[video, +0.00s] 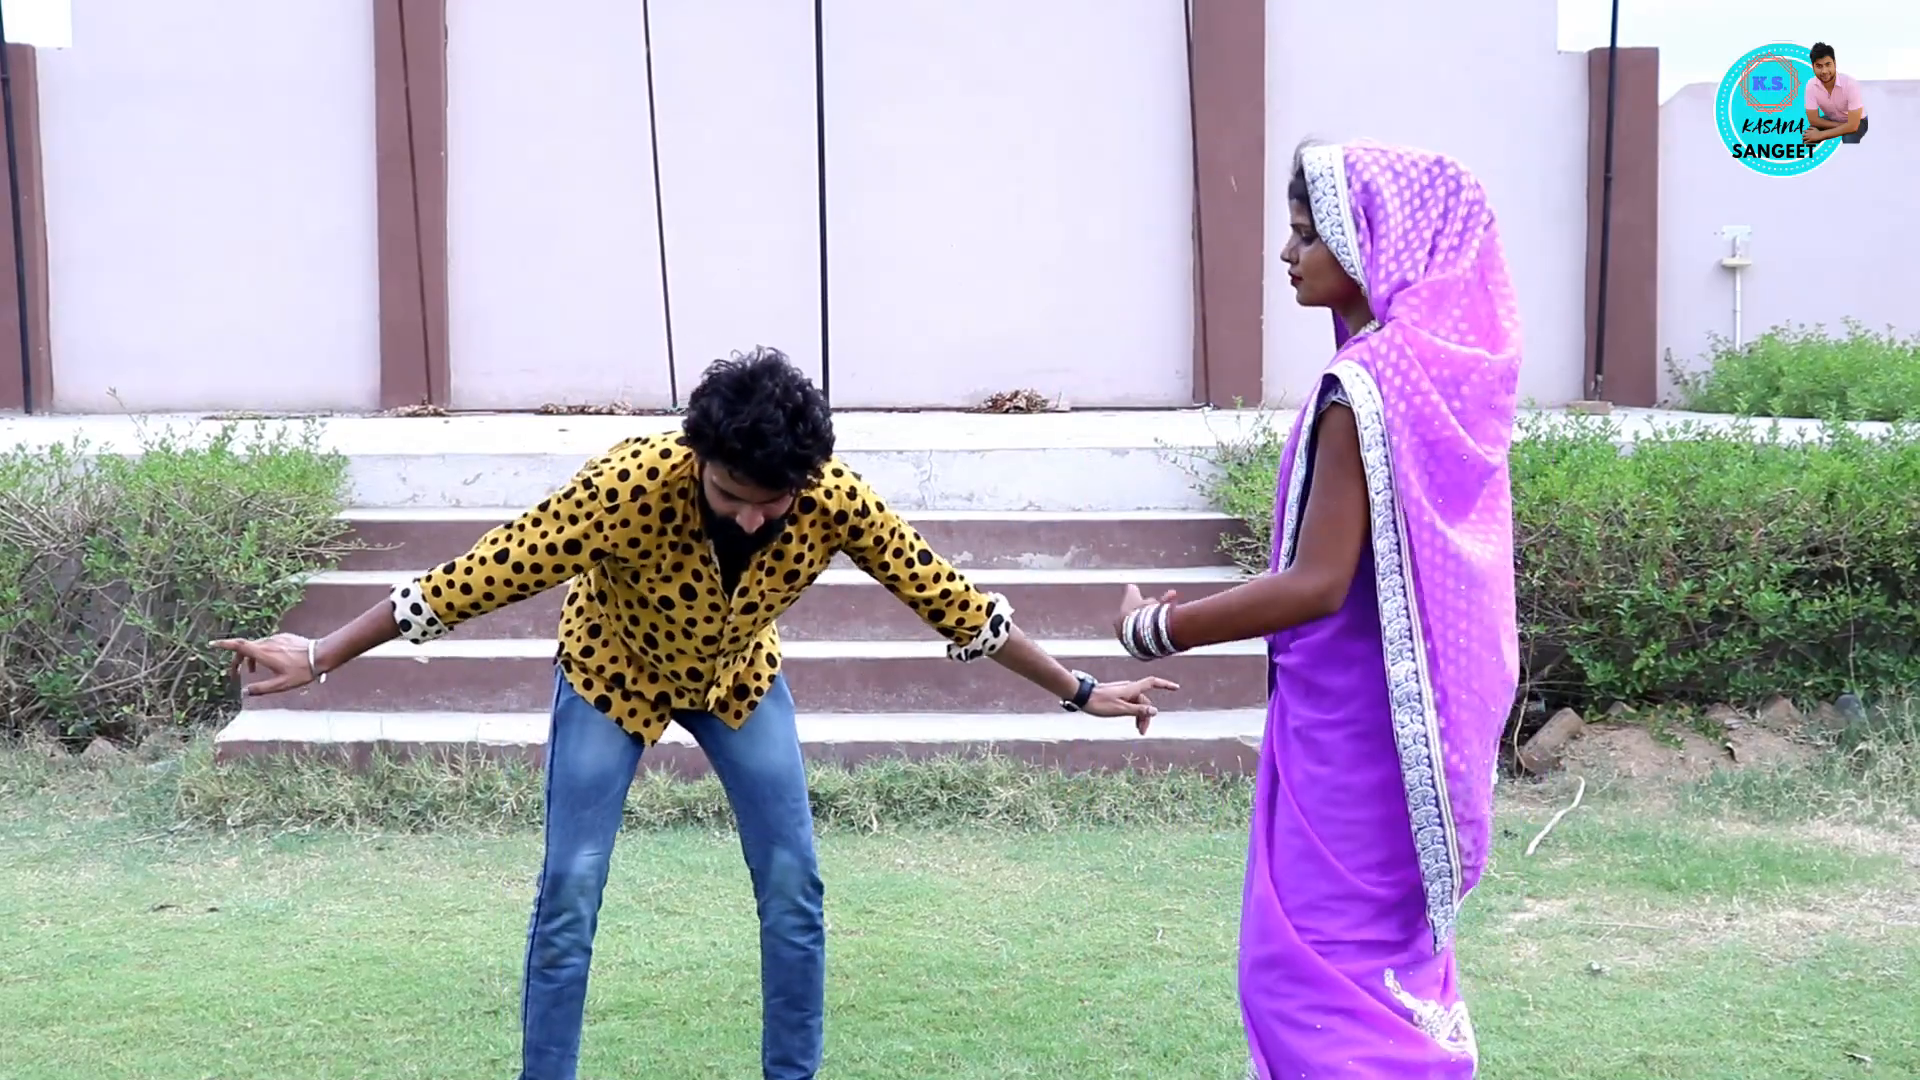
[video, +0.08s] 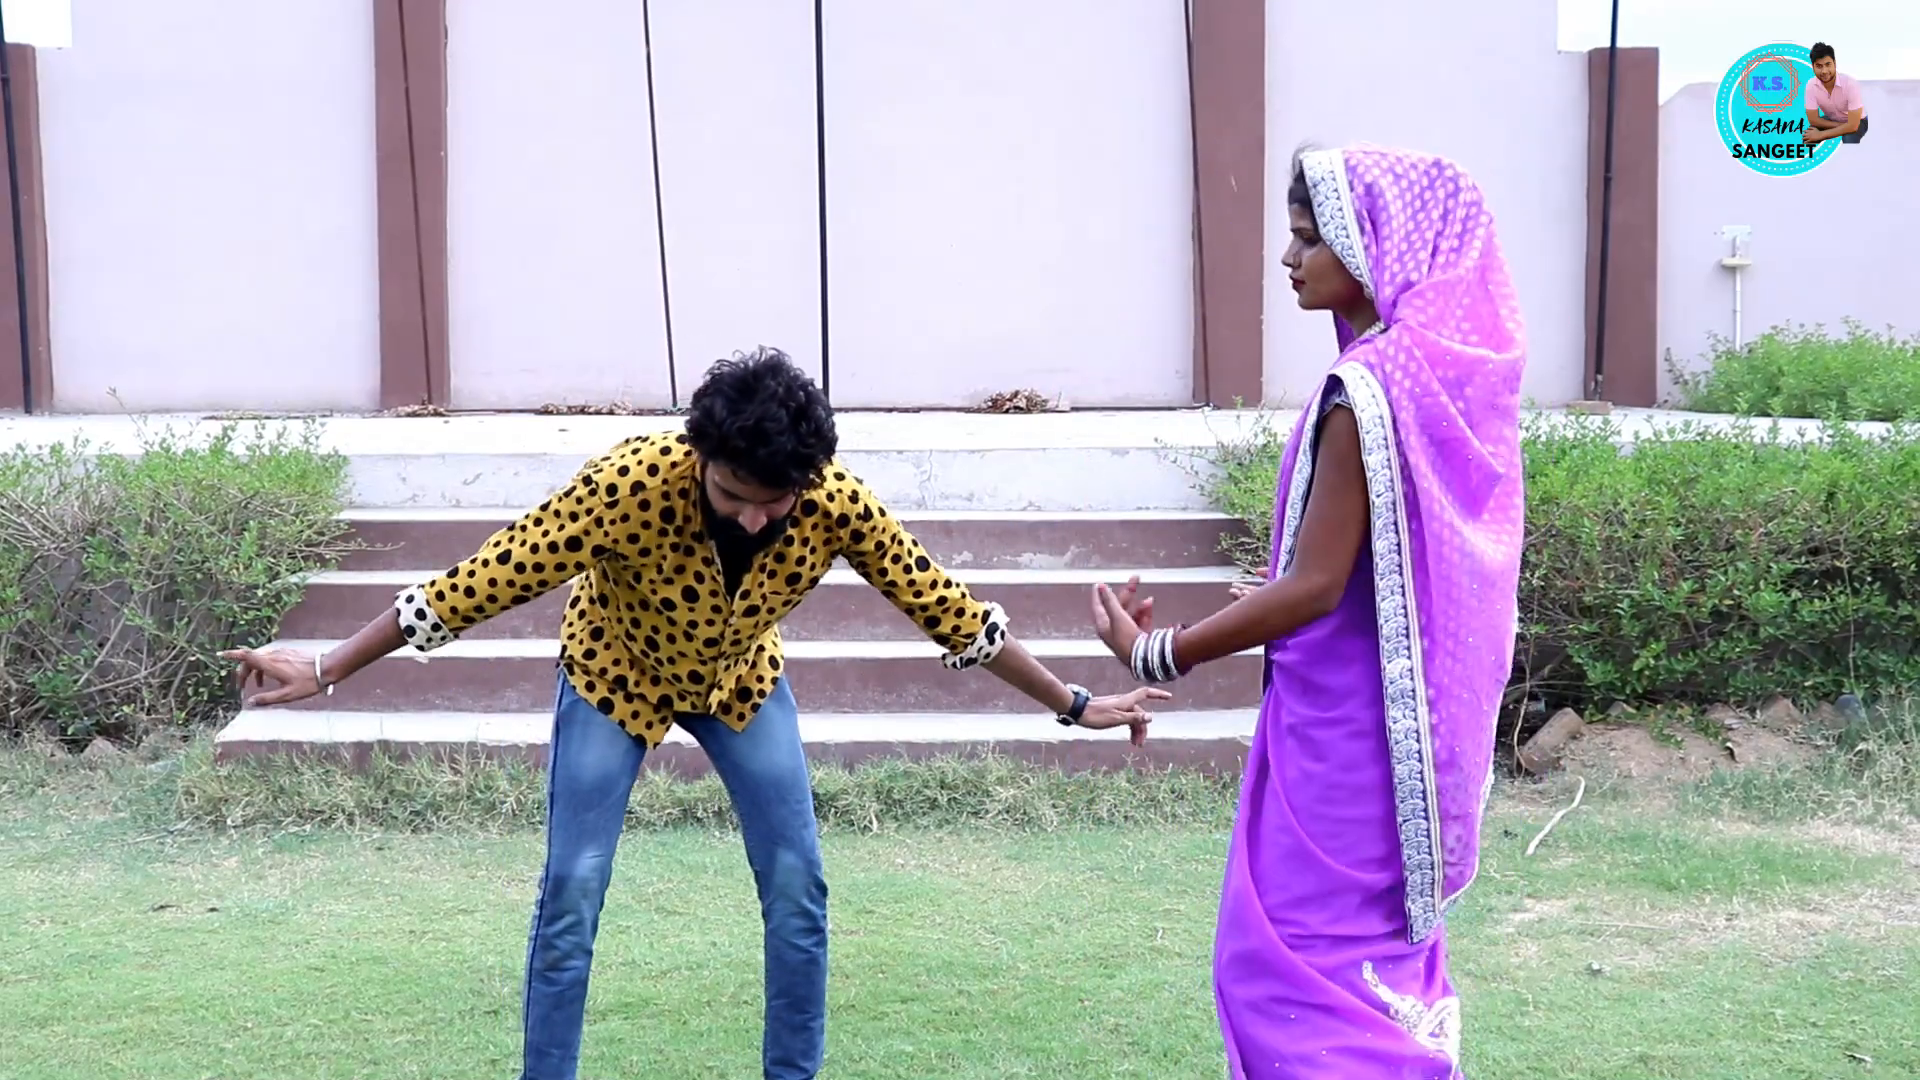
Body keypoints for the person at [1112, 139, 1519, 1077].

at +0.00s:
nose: (1288, 253)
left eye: (1306, 233)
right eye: (1292, 231)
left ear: (1371, 246)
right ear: (1381, 249)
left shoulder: (1359, 386)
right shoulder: (1450, 368)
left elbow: (1319, 583)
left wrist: (1174, 623)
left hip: (1348, 723)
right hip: (1420, 714)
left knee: (1297, 972)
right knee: (1394, 954)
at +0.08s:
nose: (1289, 258)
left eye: (1306, 238)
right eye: (1292, 236)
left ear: (1374, 249)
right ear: (1382, 252)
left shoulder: (1364, 388)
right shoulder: (1447, 371)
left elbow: (1315, 586)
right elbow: (1415, 570)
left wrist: (1166, 653)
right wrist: (1284, 593)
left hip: (1339, 731)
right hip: (1411, 724)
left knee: (1274, 969)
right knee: (1386, 954)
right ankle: (1415, 1058)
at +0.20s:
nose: (1295, 262)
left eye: (1318, 244)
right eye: (1296, 241)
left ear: (1386, 257)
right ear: (1395, 263)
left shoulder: (1365, 396)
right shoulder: (1459, 377)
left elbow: (1310, 587)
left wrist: (1185, 714)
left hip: (1333, 734)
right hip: (1415, 729)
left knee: (1267, 967)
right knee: (1385, 962)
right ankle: (1398, 1062)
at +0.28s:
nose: (1298, 253)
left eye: (1322, 235)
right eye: (1297, 232)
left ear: (1389, 252)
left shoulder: (1359, 388)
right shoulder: (1444, 368)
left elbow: (1313, 584)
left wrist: (1228, 732)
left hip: (1334, 725)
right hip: (1411, 717)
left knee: (1272, 966)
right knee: (1385, 958)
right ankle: (1390, 1062)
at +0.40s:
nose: (1284, 240)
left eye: (1308, 225)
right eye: (1286, 221)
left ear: (1372, 245)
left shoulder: (1346, 381)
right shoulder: (1415, 359)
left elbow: (1330, 581)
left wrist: (1290, 749)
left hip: (1326, 710)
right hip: (1385, 704)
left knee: (1282, 980)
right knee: (1370, 971)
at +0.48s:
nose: (1273, 241)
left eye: (1297, 227)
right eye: (1274, 222)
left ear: (1361, 247)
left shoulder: (1337, 381)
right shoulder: (1404, 360)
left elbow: (1352, 581)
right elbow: (1386, 579)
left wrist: (1316, 754)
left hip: (1312, 742)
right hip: (1376, 738)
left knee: (1277, 1006)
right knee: (1359, 997)